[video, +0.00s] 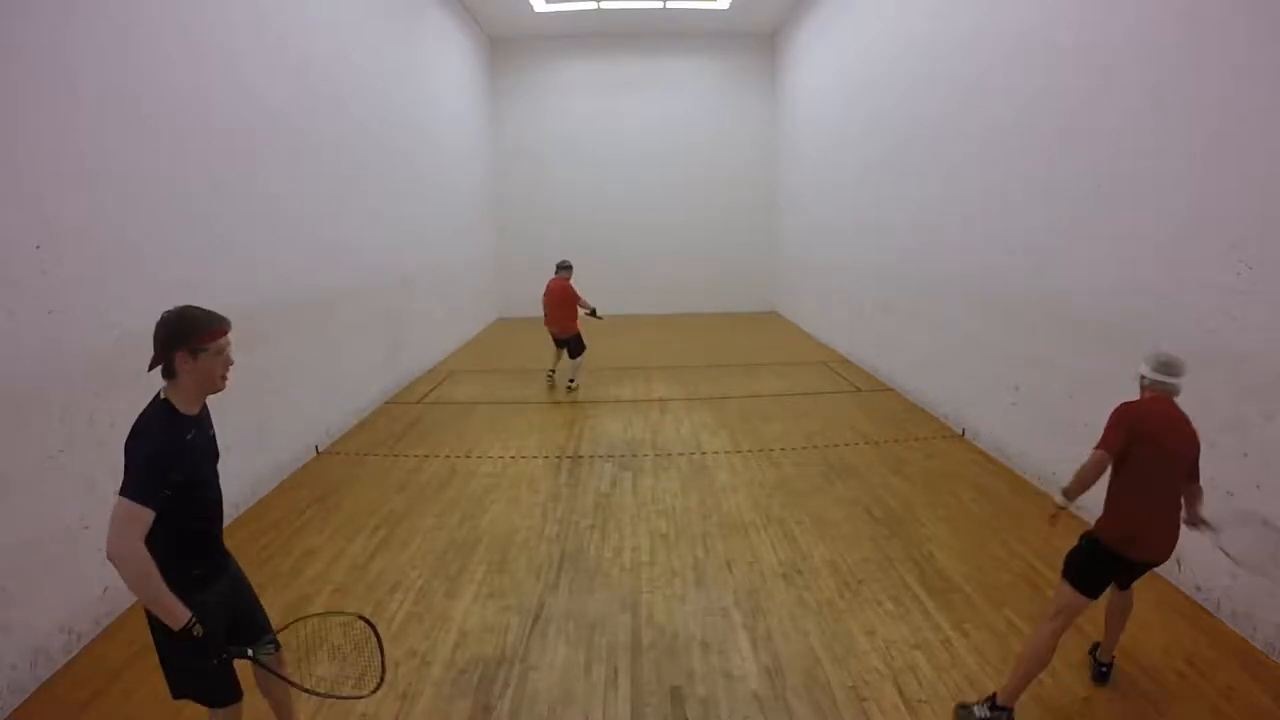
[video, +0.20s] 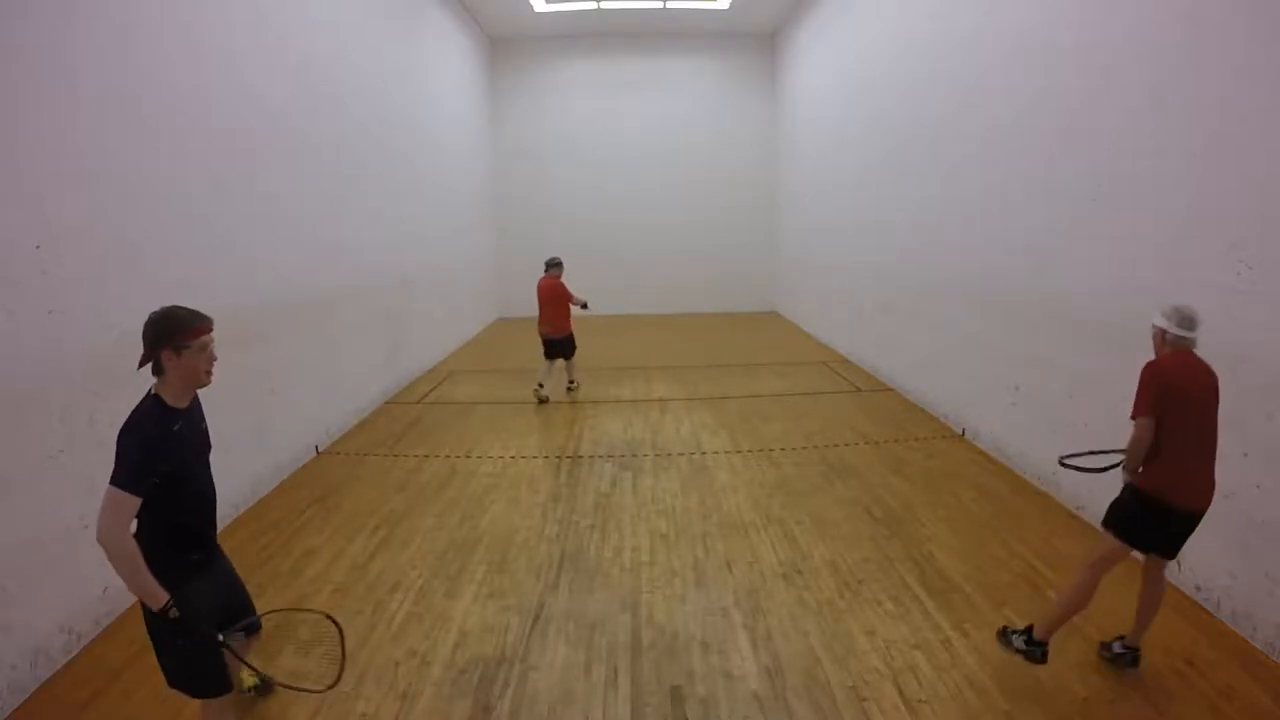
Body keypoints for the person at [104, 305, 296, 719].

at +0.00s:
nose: (231, 361)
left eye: (228, 350)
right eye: (219, 352)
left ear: (188, 362)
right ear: (184, 362)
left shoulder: (195, 407)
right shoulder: (154, 437)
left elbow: (190, 500)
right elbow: (122, 547)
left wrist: (213, 564)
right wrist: (186, 623)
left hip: (219, 567)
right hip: (182, 595)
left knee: (270, 655)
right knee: (225, 702)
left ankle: (289, 716)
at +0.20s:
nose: (214, 357)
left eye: (212, 347)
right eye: (202, 349)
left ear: (176, 359)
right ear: (169, 359)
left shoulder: (189, 402)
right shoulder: (143, 431)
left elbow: (183, 488)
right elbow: (110, 532)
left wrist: (202, 548)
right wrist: (166, 605)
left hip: (208, 554)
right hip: (172, 579)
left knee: (245, 628)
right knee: (217, 694)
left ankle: (234, 674)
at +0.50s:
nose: (208, 338)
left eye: (205, 331)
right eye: (203, 332)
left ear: (174, 343)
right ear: (187, 342)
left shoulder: (173, 389)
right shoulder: (169, 403)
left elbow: (181, 459)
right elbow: (151, 493)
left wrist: (215, 483)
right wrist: (177, 563)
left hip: (196, 530)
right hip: (197, 543)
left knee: (207, 615)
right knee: (242, 648)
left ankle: (210, 684)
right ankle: (240, 714)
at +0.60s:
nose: (209, 324)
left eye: (206, 315)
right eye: (205, 317)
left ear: (165, 330)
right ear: (192, 325)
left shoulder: (159, 378)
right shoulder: (185, 386)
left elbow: (157, 445)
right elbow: (176, 474)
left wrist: (211, 470)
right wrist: (212, 542)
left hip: (177, 519)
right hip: (202, 527)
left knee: (205, 595)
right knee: (254, 621)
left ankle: (210, 675)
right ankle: (253, 711)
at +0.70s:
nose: (217, 331)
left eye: (214, 323)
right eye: (214, 325)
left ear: (173, 337)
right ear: (204, 332)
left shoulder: (166, 385)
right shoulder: (199, 390)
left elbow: (177, 462)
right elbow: (200, 472)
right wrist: (244, 533)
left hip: (179, 519)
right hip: (206, 524)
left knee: (209, 592)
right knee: (281, 611)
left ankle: (195, 675)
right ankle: (285, 711)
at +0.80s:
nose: (233, 358)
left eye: (229, 350)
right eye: (230, 351)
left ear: (190, 365)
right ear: (222, 361)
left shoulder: (188, 409)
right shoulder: (216, 421)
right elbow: (237, 507)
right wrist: (295, 546)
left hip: (191, 539)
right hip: (221, 546)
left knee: (211, 607)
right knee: (315, 606)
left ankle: (190, 685)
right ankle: (334, 703)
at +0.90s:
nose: (264, 368)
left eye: (261, 361)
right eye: (262, 362)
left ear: (217, 376)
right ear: (255, 371)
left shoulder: (216, 419)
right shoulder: (257, 434)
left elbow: (249, 478)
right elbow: (298, 507)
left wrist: (305, 495)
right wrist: (357, 529)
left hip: (211, 548)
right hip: (244, 558)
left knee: (224, 608)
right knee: (337, 596)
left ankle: (190, 683)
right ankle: (344, 691)